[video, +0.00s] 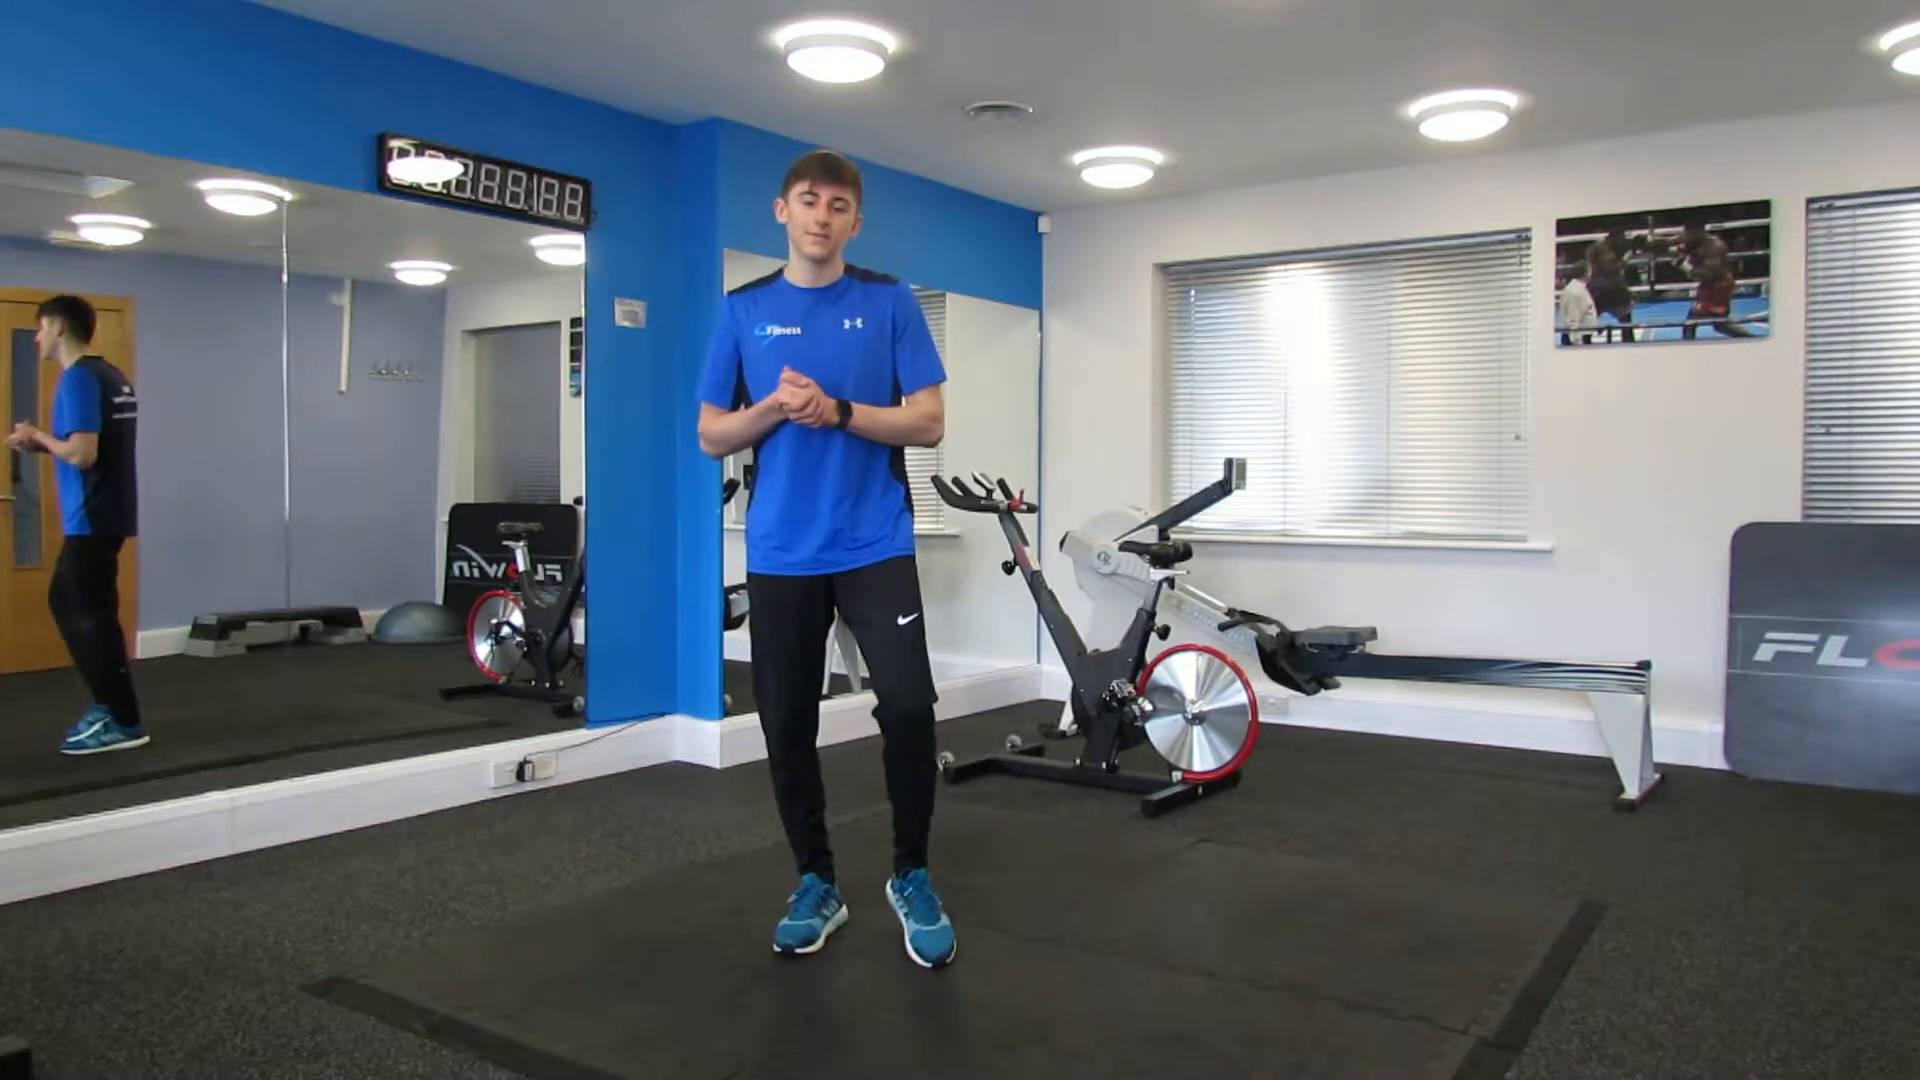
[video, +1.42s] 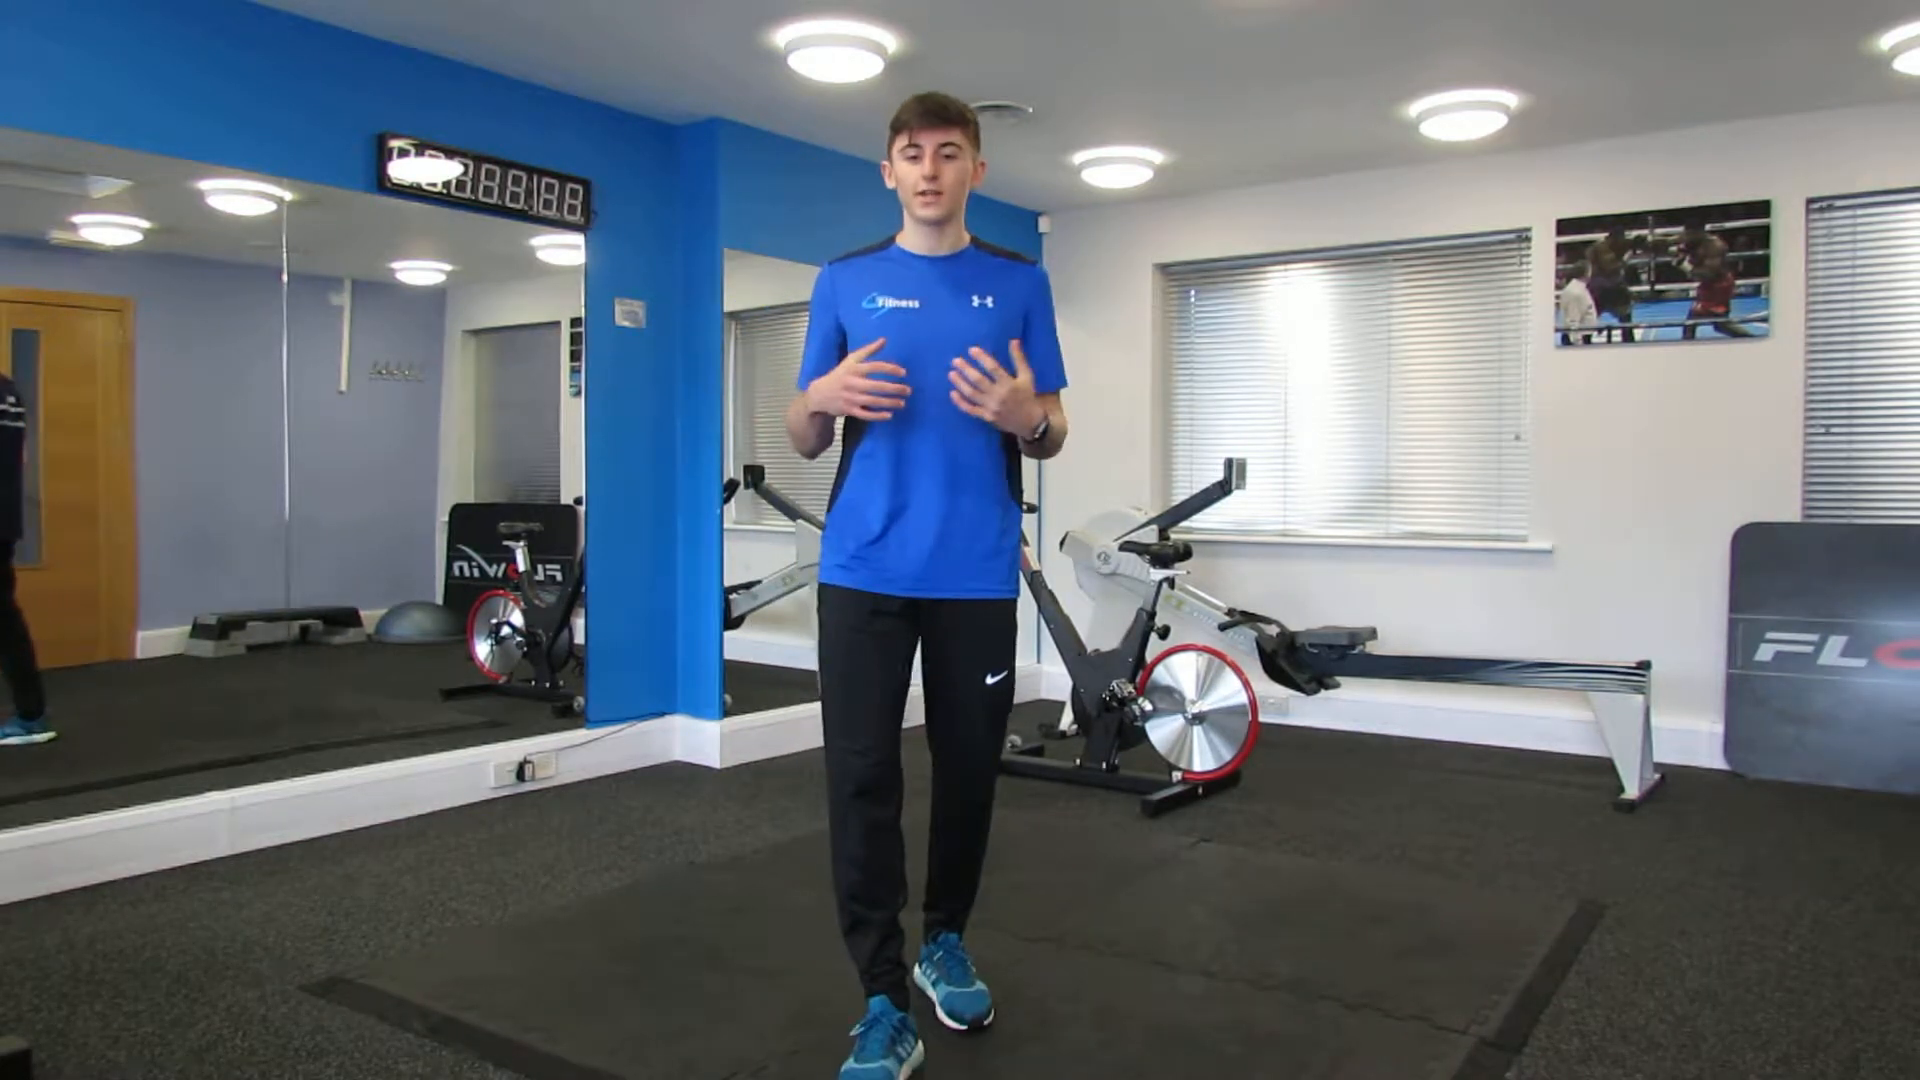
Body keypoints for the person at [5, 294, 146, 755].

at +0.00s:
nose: (36, 336)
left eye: (40, 327)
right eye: (38, 327)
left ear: (58, 328)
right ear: (81, 330)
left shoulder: (79, 377)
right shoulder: (111, 376)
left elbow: (83, 453)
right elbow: (92, 449)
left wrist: (40, 437)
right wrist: (42, 444)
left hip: (91, 522)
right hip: (108, 519)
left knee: (74, 604)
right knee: (83, 604)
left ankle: (122, 717)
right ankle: (109, 709)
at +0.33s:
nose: (19, 342)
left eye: (23, 332)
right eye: (21, 333)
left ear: (40, 333)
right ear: (61, 335)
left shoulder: (58, 382)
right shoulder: (94, 380)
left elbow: (64, 454)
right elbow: (81, 450)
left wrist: (23, 442)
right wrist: (30, 446)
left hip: (75, 529)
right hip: (98, 526)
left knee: (93, 620)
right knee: (68, 621)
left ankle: (126, 721)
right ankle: (43, 716)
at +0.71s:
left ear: (15, 335)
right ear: (41, 336)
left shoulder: (26, 379)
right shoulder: (72, 383)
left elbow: (23, 449)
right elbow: (64, 453)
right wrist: (18, 445)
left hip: (30, 525)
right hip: (63, 524)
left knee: (23, 617)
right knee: (39, 620)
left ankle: (99, 700)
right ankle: (35, 719)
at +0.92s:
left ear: (4, 337)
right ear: (31, 337)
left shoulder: (17, 378)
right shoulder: (58, 384)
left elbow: (12, 445)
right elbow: (54, 450)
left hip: (19, 519)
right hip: (52, 519)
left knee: (14, 610)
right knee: (33, 609)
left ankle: (39, 703)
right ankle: (43, 701)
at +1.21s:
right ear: (7, 335)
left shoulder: (7, 382)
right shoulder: (29, 384)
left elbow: (1, 448)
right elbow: (46, 457)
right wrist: (29, 499)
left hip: (10, 520)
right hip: (28, 519)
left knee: (20, 612)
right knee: (23, 611)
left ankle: (35, 716)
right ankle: (35, 715)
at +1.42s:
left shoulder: (10, 396)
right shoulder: (11, 396)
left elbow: (15, 463)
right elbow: (17, 462)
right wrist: (15, 527)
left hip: (3, 531)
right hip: (6, 529)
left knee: (6, 617)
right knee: (6, 616)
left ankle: (32, 714)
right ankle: (31, 714)